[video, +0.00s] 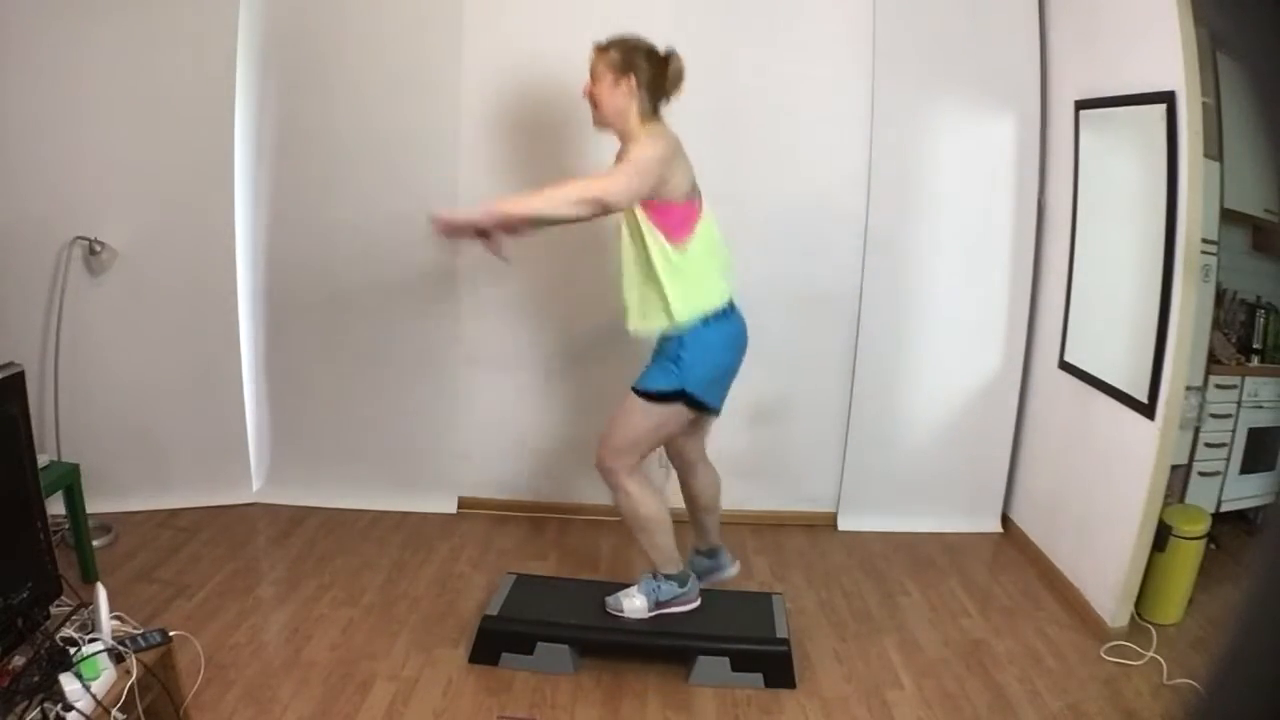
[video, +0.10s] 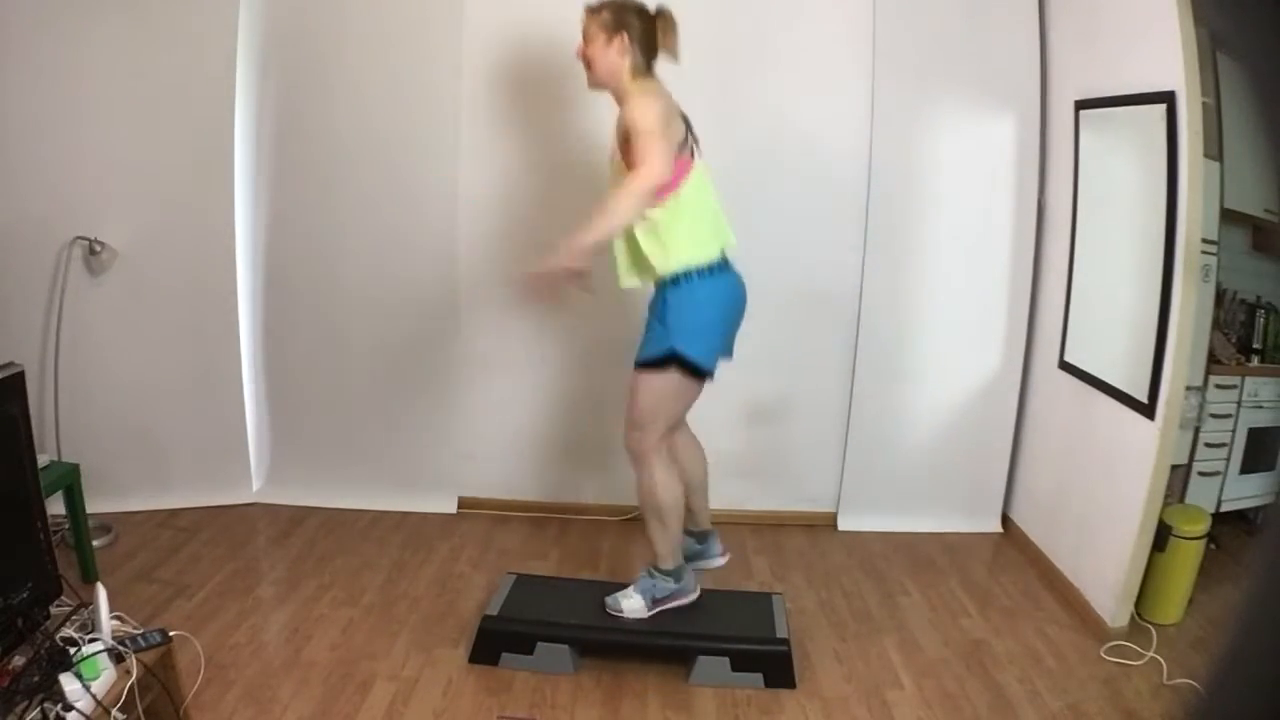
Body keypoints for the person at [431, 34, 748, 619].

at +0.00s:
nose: (587, 92)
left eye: (595, 80)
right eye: (589, 80)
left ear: (628, 86)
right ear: (633, 87)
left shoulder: (652, 152)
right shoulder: (647, 149)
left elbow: (594, 200)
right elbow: (587, 207)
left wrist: (499, 211)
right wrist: (505, 223)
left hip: (699, 338)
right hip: (709, 331)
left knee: (617, 459)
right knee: (688, 452)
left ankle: (672, 582)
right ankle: (710, 554)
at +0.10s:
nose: (579, 53)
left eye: (588, 41)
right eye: (582, 41)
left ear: (621, 45)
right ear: (620, 47)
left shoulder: (645, 104)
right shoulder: (644, 106)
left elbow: (652, 178)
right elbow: (644, 196)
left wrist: (577, 246)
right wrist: (584, 258)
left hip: (694, 289)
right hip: (695, 285)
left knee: (646, 436)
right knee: (666, 425)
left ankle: (668, 576)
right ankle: (700, 538)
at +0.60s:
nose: (597, 87)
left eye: (603, 75)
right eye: (598, 76)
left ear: (635, 75)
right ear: (644, 75)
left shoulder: (645, 123)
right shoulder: (665, 133)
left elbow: (557, 177)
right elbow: (620, 215)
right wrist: (539, 222)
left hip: (703, 316)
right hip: (701, 313)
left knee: (668, 476)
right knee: (641, 447)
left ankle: (684, 637)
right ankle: (675, 575)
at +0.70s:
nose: (601, 114)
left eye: (606, 102)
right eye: (603, 103)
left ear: (635, 102)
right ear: (647, 103)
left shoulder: (645, 154)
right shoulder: (660, 161)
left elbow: (523, 161)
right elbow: (588, 197)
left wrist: (415, 170)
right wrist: (507, 188)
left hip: (706, 350)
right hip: (695, 345)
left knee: (672, 504)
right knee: (625, 453)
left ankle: (701, 659)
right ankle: (675, 576)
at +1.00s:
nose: (594, 41)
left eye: (605, 29)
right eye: (596, 29)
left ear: (642, 40)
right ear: (636, 41)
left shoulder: (661, 99)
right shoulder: (635, 106)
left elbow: (676, 179)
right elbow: (620, 178)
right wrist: (571, 217)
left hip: (691, 291)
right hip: (664, 288)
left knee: (650, 439)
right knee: (635, 431)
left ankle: (691, 599)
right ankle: (670, 563)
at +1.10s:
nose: (596, 22)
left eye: (610, 13)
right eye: (598, 11)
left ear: (646, 27)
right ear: (631, 29)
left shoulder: (673, 94)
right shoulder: (624, 94)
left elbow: (730, 188)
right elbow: (641, 181)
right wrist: (614, 236)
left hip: (683, 278)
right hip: (642, 273)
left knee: (647, 425)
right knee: (629, 418)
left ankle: (668, 562)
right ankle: (670, 543)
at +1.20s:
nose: (599, 46)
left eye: (612, 38)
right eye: (600, 35)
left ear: (651, 49)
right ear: (617, 50)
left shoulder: (690, 120)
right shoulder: (621, 118)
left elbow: (742, 210)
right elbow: (634, 204)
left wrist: (728, 302)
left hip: (678, 298)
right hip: (628, 292)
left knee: (648, 443)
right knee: (608, 420)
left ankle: (657, 567)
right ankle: (668, 519)